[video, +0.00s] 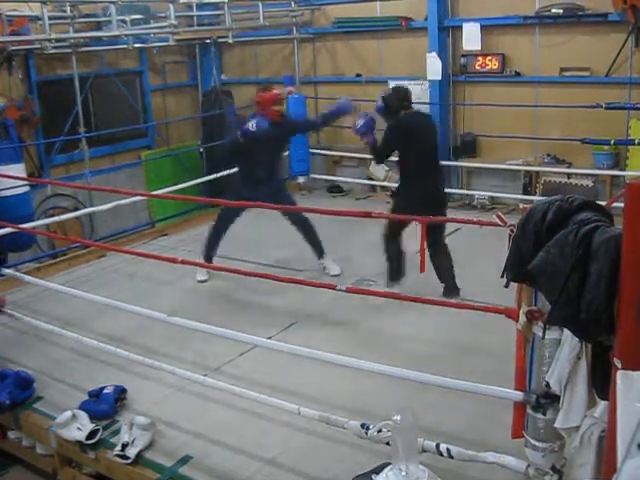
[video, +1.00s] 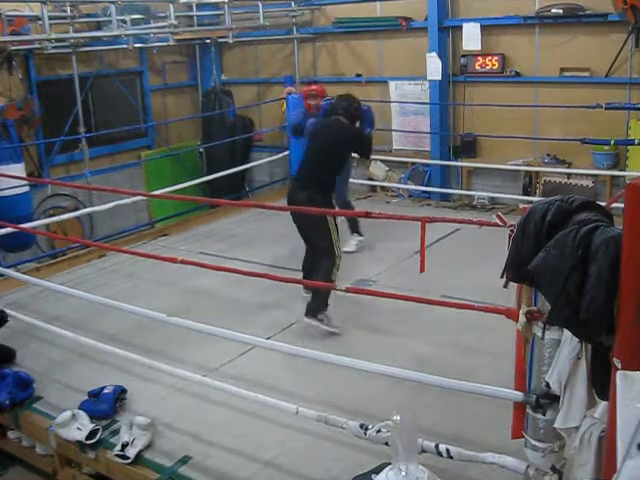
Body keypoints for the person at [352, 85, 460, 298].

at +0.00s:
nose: (385, 109)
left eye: (387, 105)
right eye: (386, 105)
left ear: (394, 106)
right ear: (410, 103)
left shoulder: (398, 125)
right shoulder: (426, 120)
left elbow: (380, 156)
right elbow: (409, 139)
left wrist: (368, 137)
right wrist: (389, 116)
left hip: (410, 194)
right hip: (434, 192)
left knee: (392, 234)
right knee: (436, 240)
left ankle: (395, 276)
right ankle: (451, 287)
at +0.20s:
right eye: (397, 106)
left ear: (377, 105)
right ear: (397, 107)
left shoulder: (365, 122)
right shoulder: (404, 124)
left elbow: (333, 123)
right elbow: (410, 142)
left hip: (373, 198)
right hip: (399, 198)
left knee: (356, 240)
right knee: (423, 241)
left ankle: (329, 279)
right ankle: (448, 289)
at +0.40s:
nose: (383, 112)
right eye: (381, 108)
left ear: (358, 106)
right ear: (381, 110)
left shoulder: (343, 128)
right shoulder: (382, 132)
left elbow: (324, 158)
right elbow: (394, 158)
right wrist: (392, 132)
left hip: (330, 200)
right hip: (356, 203)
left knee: (333, 245)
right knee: (371, 252)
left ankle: (323, 288)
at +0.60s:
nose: (376, 128)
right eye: (375, 125)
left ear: (350, 122)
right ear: (373, 126)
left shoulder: (335, 141)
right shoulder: (372, 147)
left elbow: (312, 167)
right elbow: (389, 170)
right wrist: (385, 147)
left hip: (308, 205)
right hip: (332, 211)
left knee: (324, 247)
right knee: (338, 275)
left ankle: (314, 283)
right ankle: (313, 327)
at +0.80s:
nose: (365, 122)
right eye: (364, 119)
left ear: (340, 116)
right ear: (362, 120)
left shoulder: (323, 133)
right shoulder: (362, 140)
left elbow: (307, 164)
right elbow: (377, 163)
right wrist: (374, 138)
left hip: (305, 206)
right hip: (329, 211)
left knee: (317, 242)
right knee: (336, 273)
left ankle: (309, 280)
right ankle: (315, 325)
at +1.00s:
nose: (357, 121)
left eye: (356, 116)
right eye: (356, 117)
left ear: (335, 111)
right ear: (351, 116)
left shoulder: (319, 126)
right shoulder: (346, 132)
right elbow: (365, 150)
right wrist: (363, 130)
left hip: (297, 195)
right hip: (317, 199)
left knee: (314, 245)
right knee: (330, 254)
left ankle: (309, 284)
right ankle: (316, 311)